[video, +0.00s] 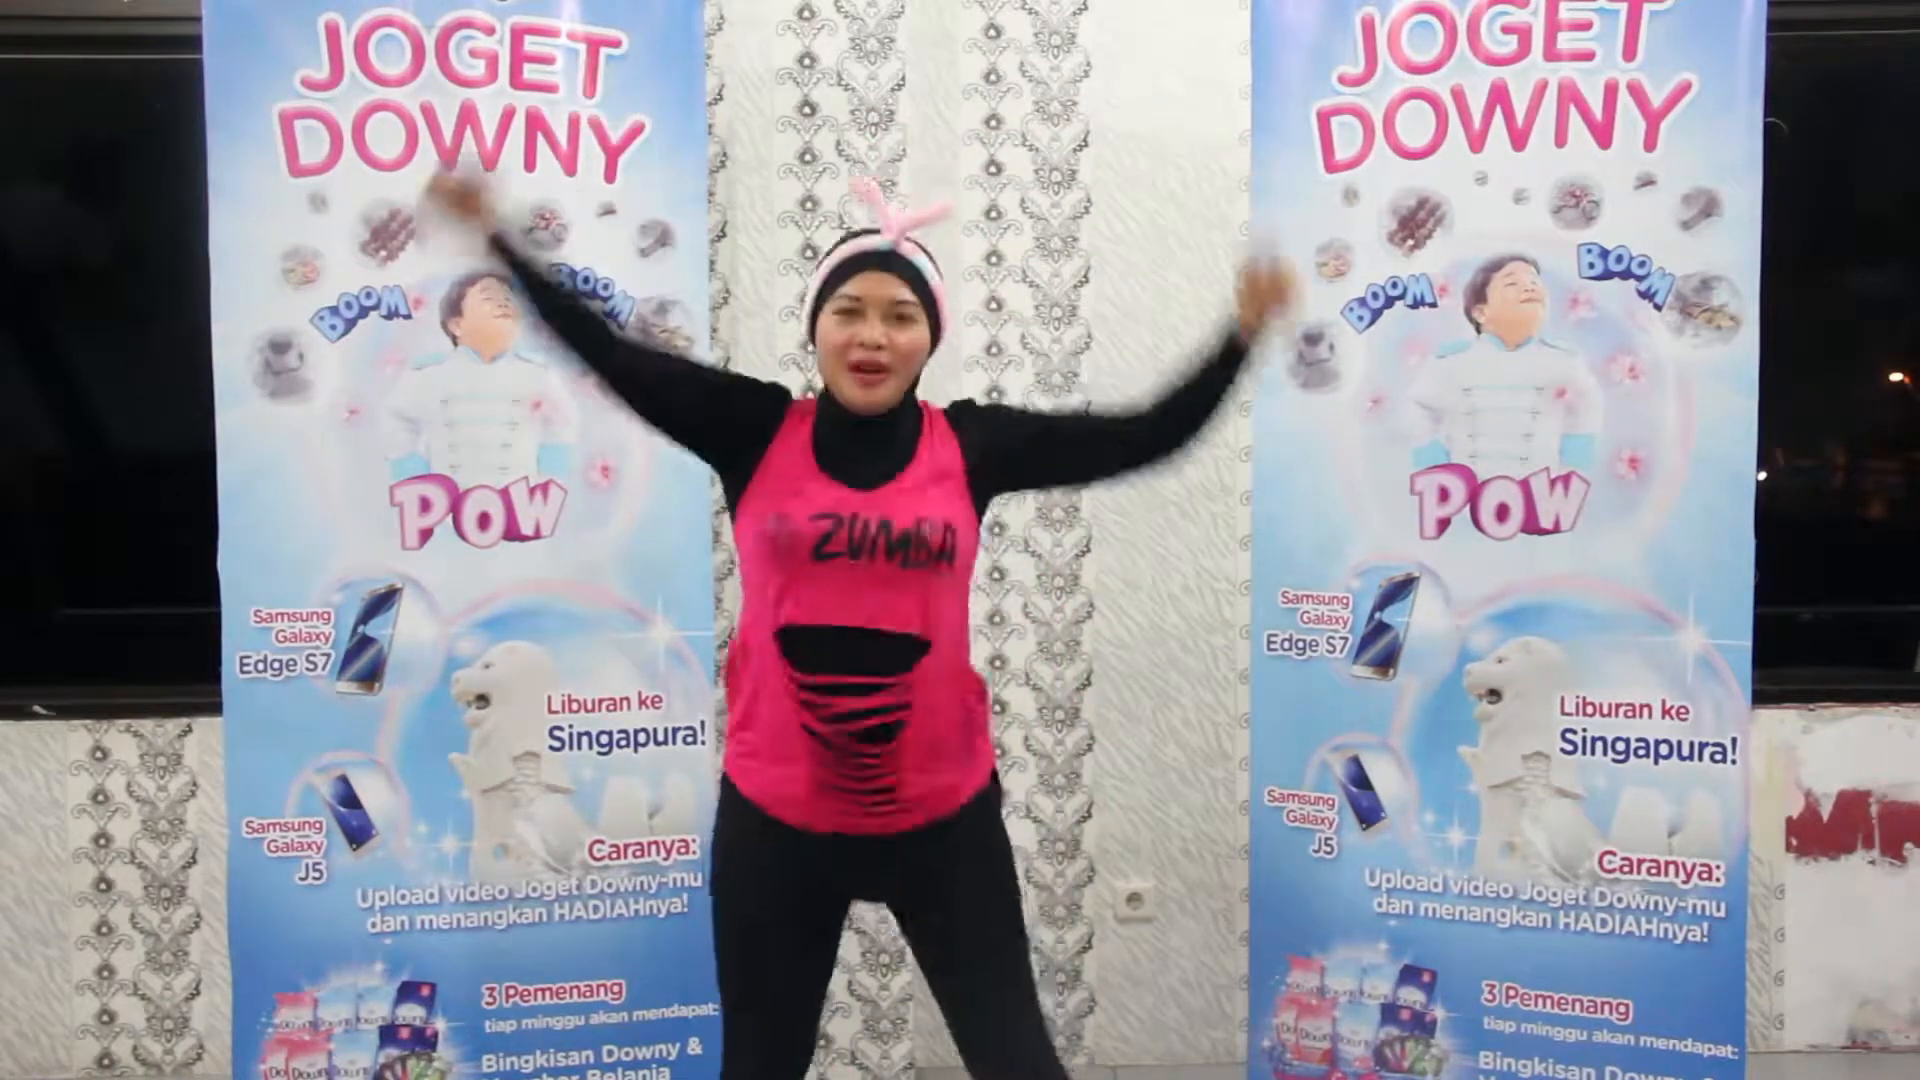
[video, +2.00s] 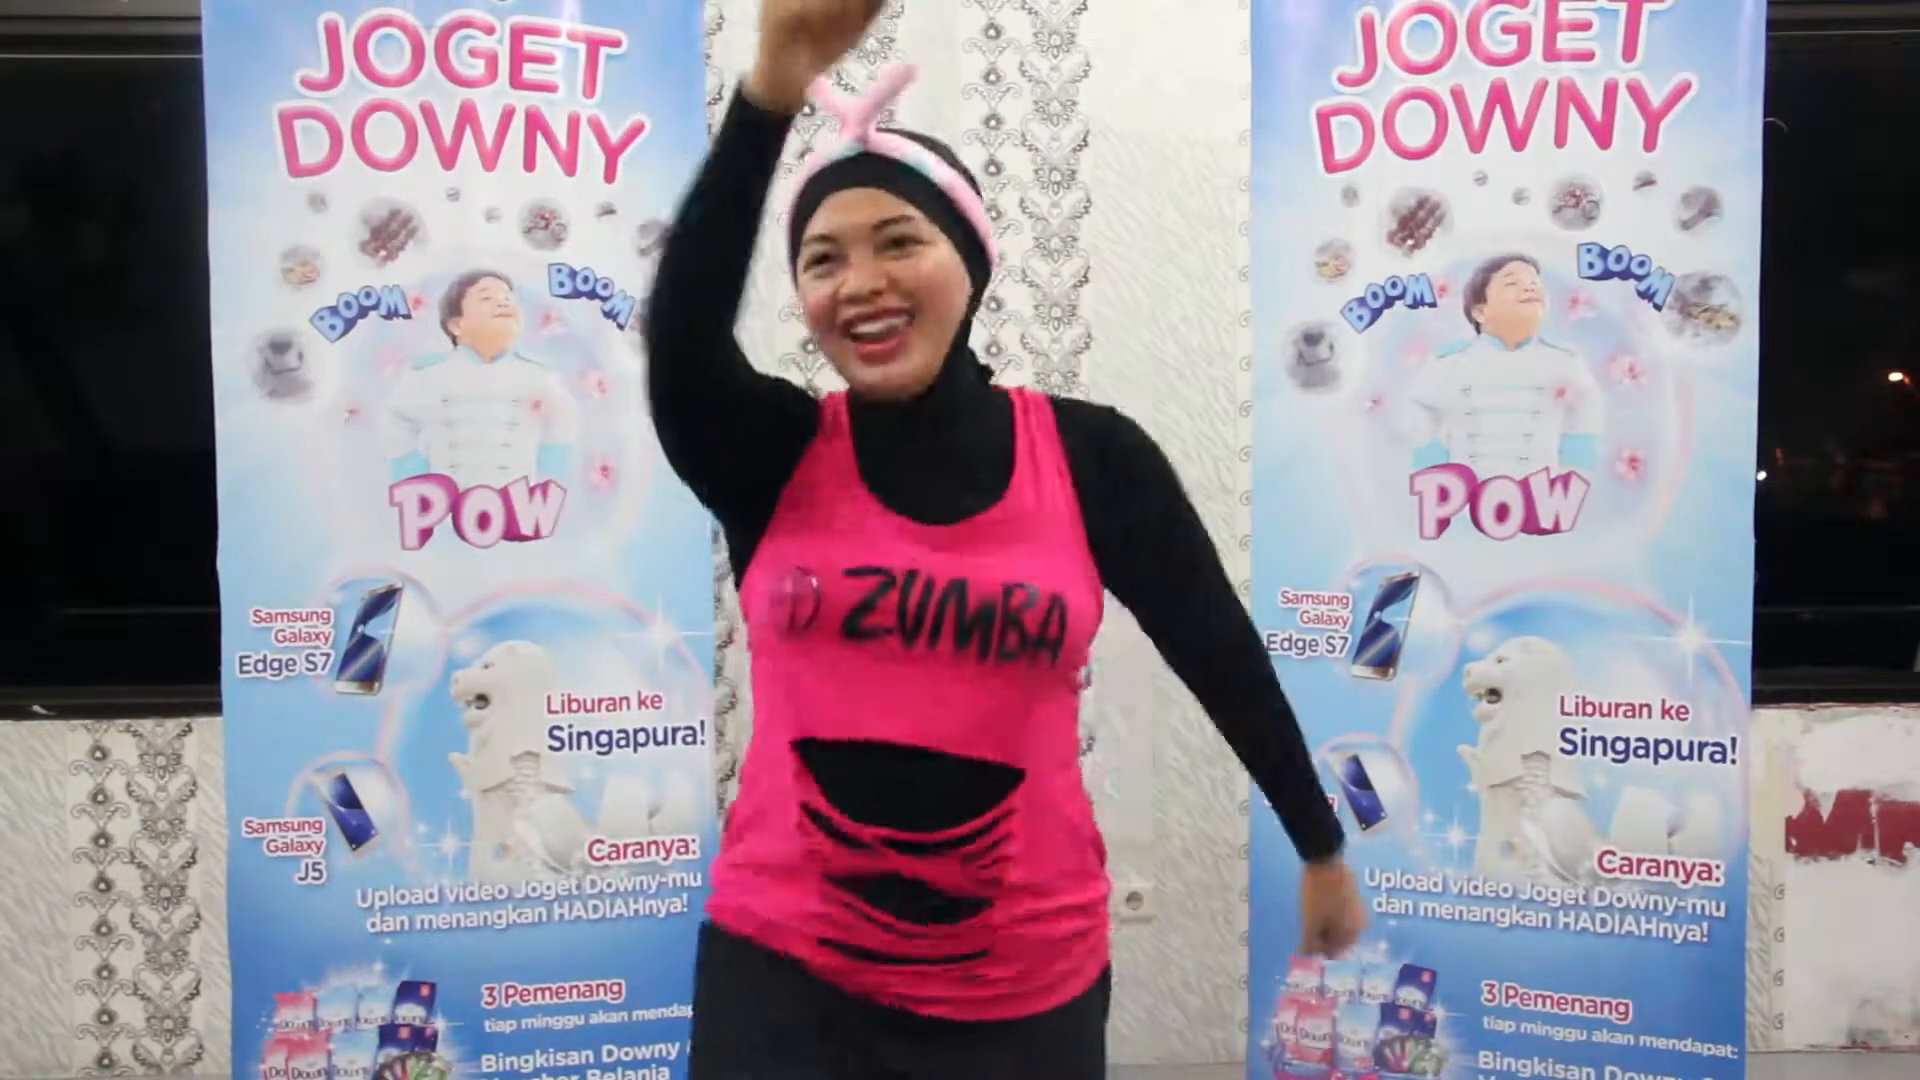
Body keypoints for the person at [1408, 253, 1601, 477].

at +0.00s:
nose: (1528, 286)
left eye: (1534, 281)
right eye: (1510, 283)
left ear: (1545, 299)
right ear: (1479, 311)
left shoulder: (1564, 364)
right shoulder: (1446, 365)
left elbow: (1583, 422)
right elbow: (1415, 415)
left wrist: (1567, 482)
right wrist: (1436, 475)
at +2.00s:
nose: (1529, 287)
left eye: (1534, 281)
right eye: (1510, 283)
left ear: (1544, 301)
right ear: (1478, 311)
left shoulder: (1565, 365)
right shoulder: (1446, 367)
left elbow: (1582, 436)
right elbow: (1414, 421)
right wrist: (1435, 477)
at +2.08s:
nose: (1529, 287)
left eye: (1535, 281)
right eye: (1511, 283)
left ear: (1544, 301)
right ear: (1478, 310)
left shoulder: (1565, 365)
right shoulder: (1446, 368)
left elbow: (1582, 439)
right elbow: (1414, 424)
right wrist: (1437, 480)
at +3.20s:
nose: (1529, 286)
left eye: (1534, 281)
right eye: (1510, 283)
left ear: (1545, 299)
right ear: (1479, 311)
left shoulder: (1564, 365)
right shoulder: (1445, 367)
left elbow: (1583, 432)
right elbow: (1415, 422)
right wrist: (1438, 482)